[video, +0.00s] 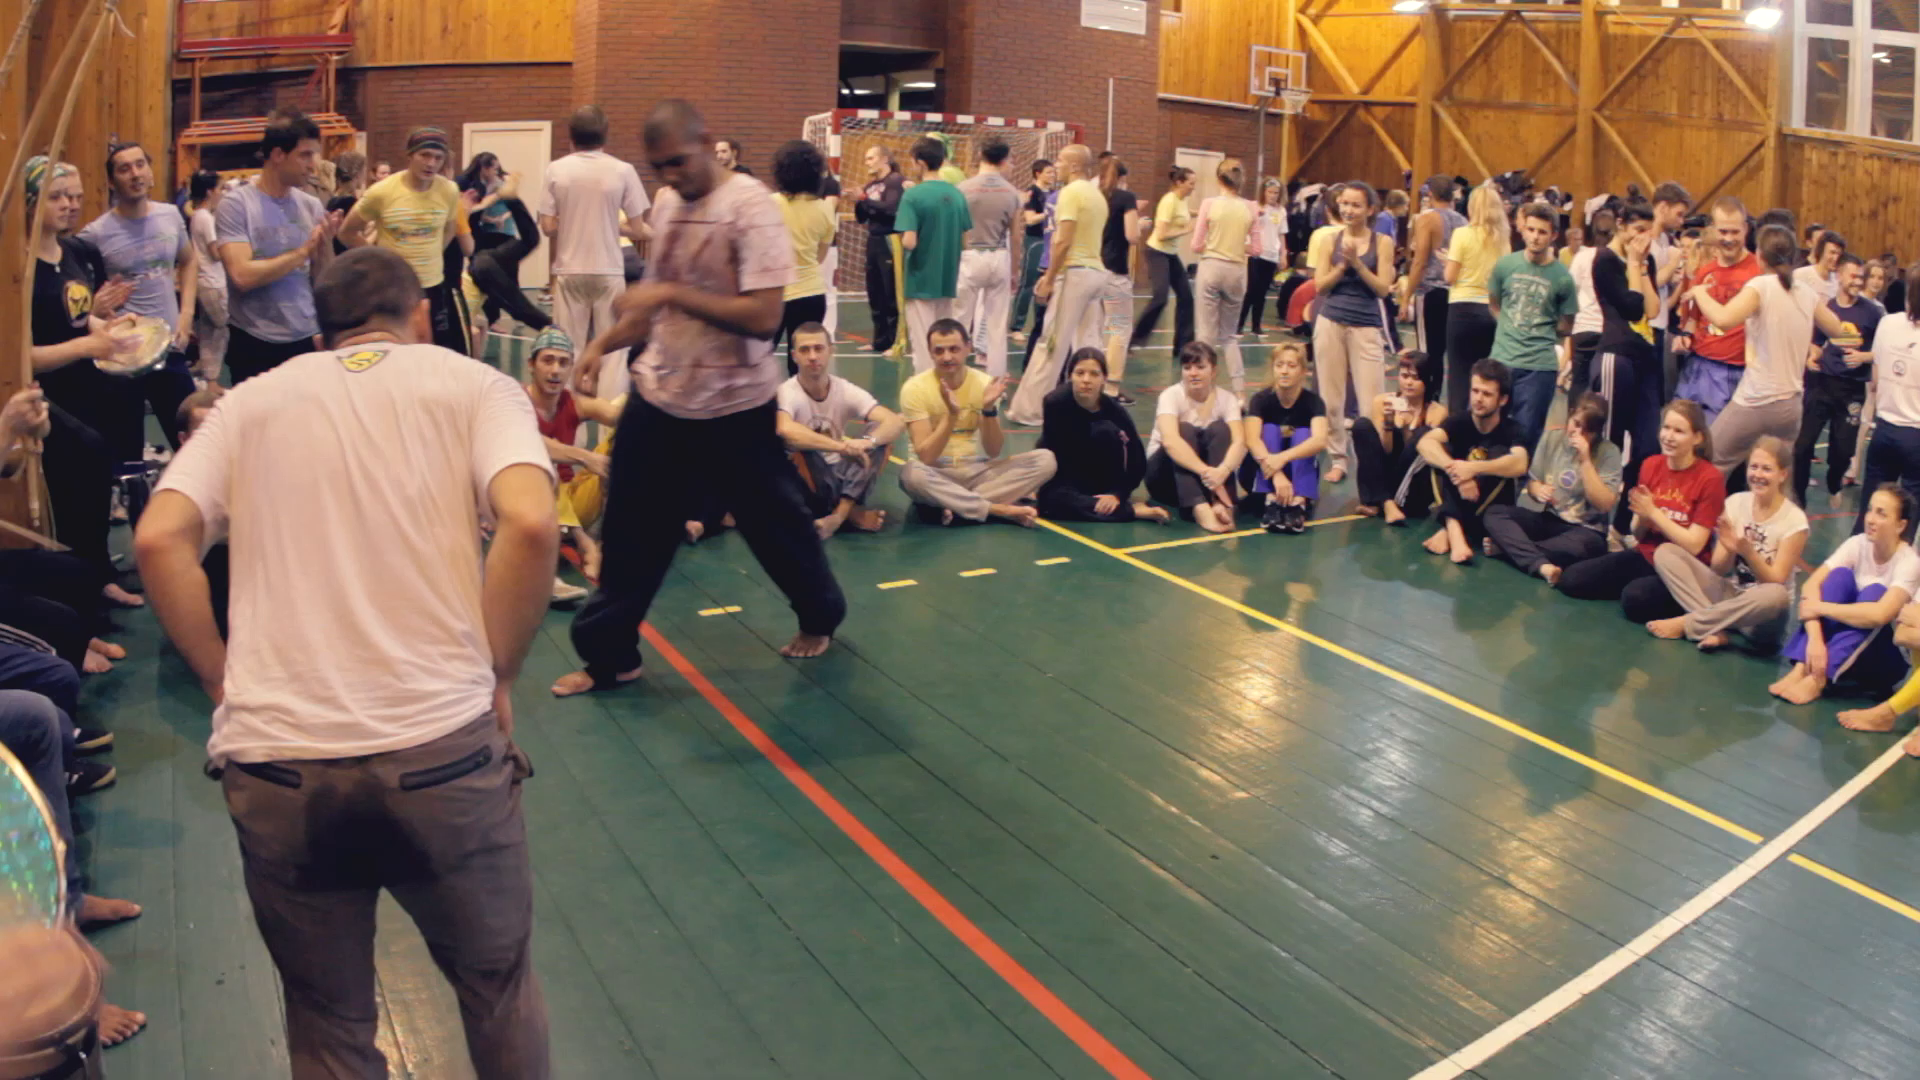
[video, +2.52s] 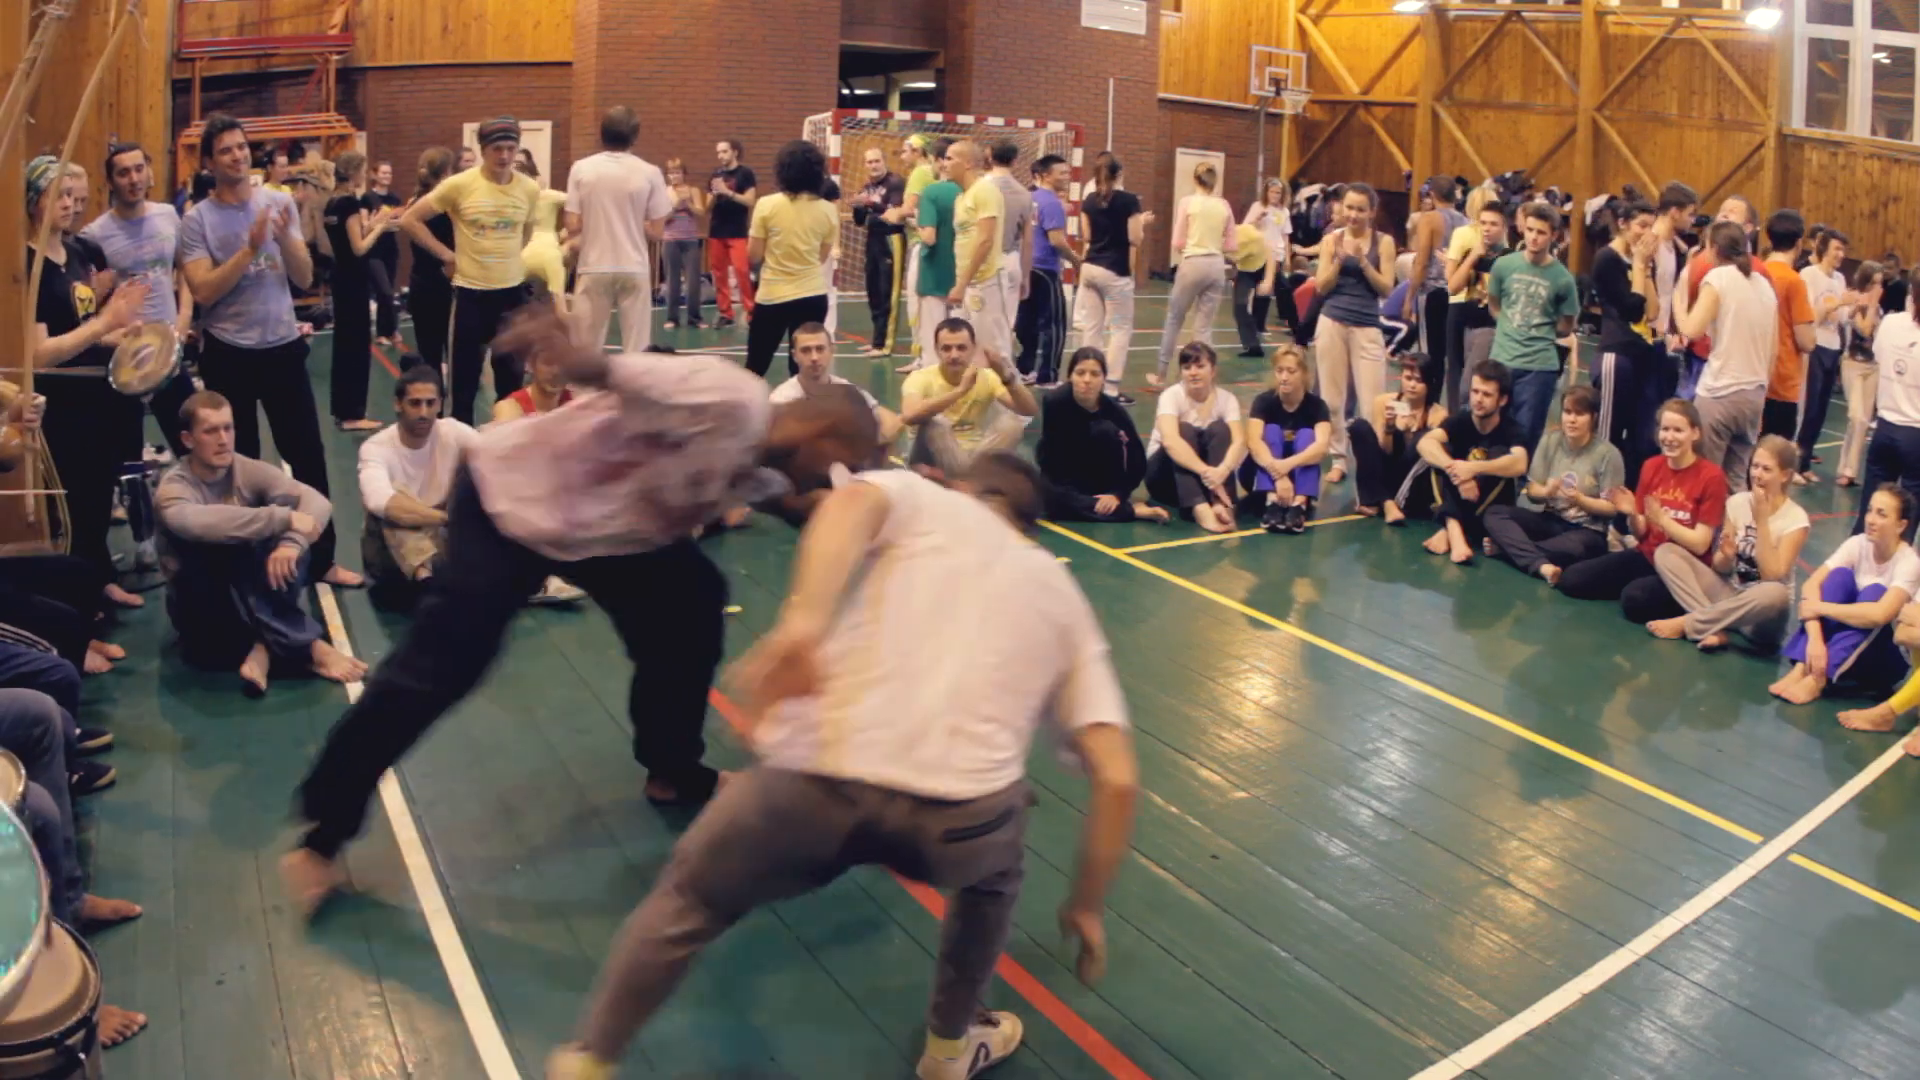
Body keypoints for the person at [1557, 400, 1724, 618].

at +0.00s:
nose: (1668, 436)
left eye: (1679, 431)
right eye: (1666, 428)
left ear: (1697, 439)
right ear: (1660, 429)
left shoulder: (1710, 478)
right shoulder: (1650, 465)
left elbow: (1694, 544)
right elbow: (1637, 533)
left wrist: (1651, 512)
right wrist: (1643, 512)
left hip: (1682, 567)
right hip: (1646, 555)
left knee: (1634, 601)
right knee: (1570, 581)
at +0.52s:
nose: (1669, 438)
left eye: (1678, 432)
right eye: (1665, 429)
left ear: (1695, 437)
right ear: (1658, 431)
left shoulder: (1709, 477)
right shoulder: (1649, 465)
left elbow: (1698, 545)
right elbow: (1638, 533)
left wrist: (1660, 514)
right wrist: (1631, 511)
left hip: (1682, 567)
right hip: (1646, 556)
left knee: (1634, 601)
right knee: (1570, 581)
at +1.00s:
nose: (1669, 436)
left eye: (1678, 429)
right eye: (1665, 428)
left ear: (1696, 434)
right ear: (1658, 430)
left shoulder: (1711, 476)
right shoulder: (1650, 465)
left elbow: (1699, 545)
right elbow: (1639, 531)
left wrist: (1660, 519)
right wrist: (1628, 510)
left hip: (1683, 565)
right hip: (1646, 555)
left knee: (1634, 601)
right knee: (1570, 581)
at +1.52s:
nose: (1670, 436)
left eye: (1679, 429)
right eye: (1666, 428)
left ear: (1696, 434)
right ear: (1658, 431)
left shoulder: (1712, 477)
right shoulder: (1651, 466)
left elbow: (1700, 545)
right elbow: (1639, 533)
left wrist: (1659, 518)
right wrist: (1633, 515)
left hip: (1683, 567)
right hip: (1646, 556)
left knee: (1634, 601)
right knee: (1570, 581)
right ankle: (1636, 580)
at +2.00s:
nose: (1669, 436)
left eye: (1678, 429)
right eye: (1664, 428)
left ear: (1696, 434)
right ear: (1657, 431)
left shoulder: (1712, 477)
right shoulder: (1652, 466)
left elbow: (1701, 545)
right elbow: (1641, 533)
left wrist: (1661, 520)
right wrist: (1633, 515)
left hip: (1683, 567)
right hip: (1647, 556)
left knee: (1634, 601)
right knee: (1570, 581)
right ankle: (1636, 580)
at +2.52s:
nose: (1669, 437)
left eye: (1678, 430)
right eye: (1665, 429)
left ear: (1695, 434)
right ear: (1657, 432)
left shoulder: (1712, 476)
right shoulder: (1651, 466)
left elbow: (1700, 544)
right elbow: (1640, 532)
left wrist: (1661, 519)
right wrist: (1632, 513)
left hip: (1683, 567)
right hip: (1647, 556)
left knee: (1634, 601)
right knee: (1570, 581)